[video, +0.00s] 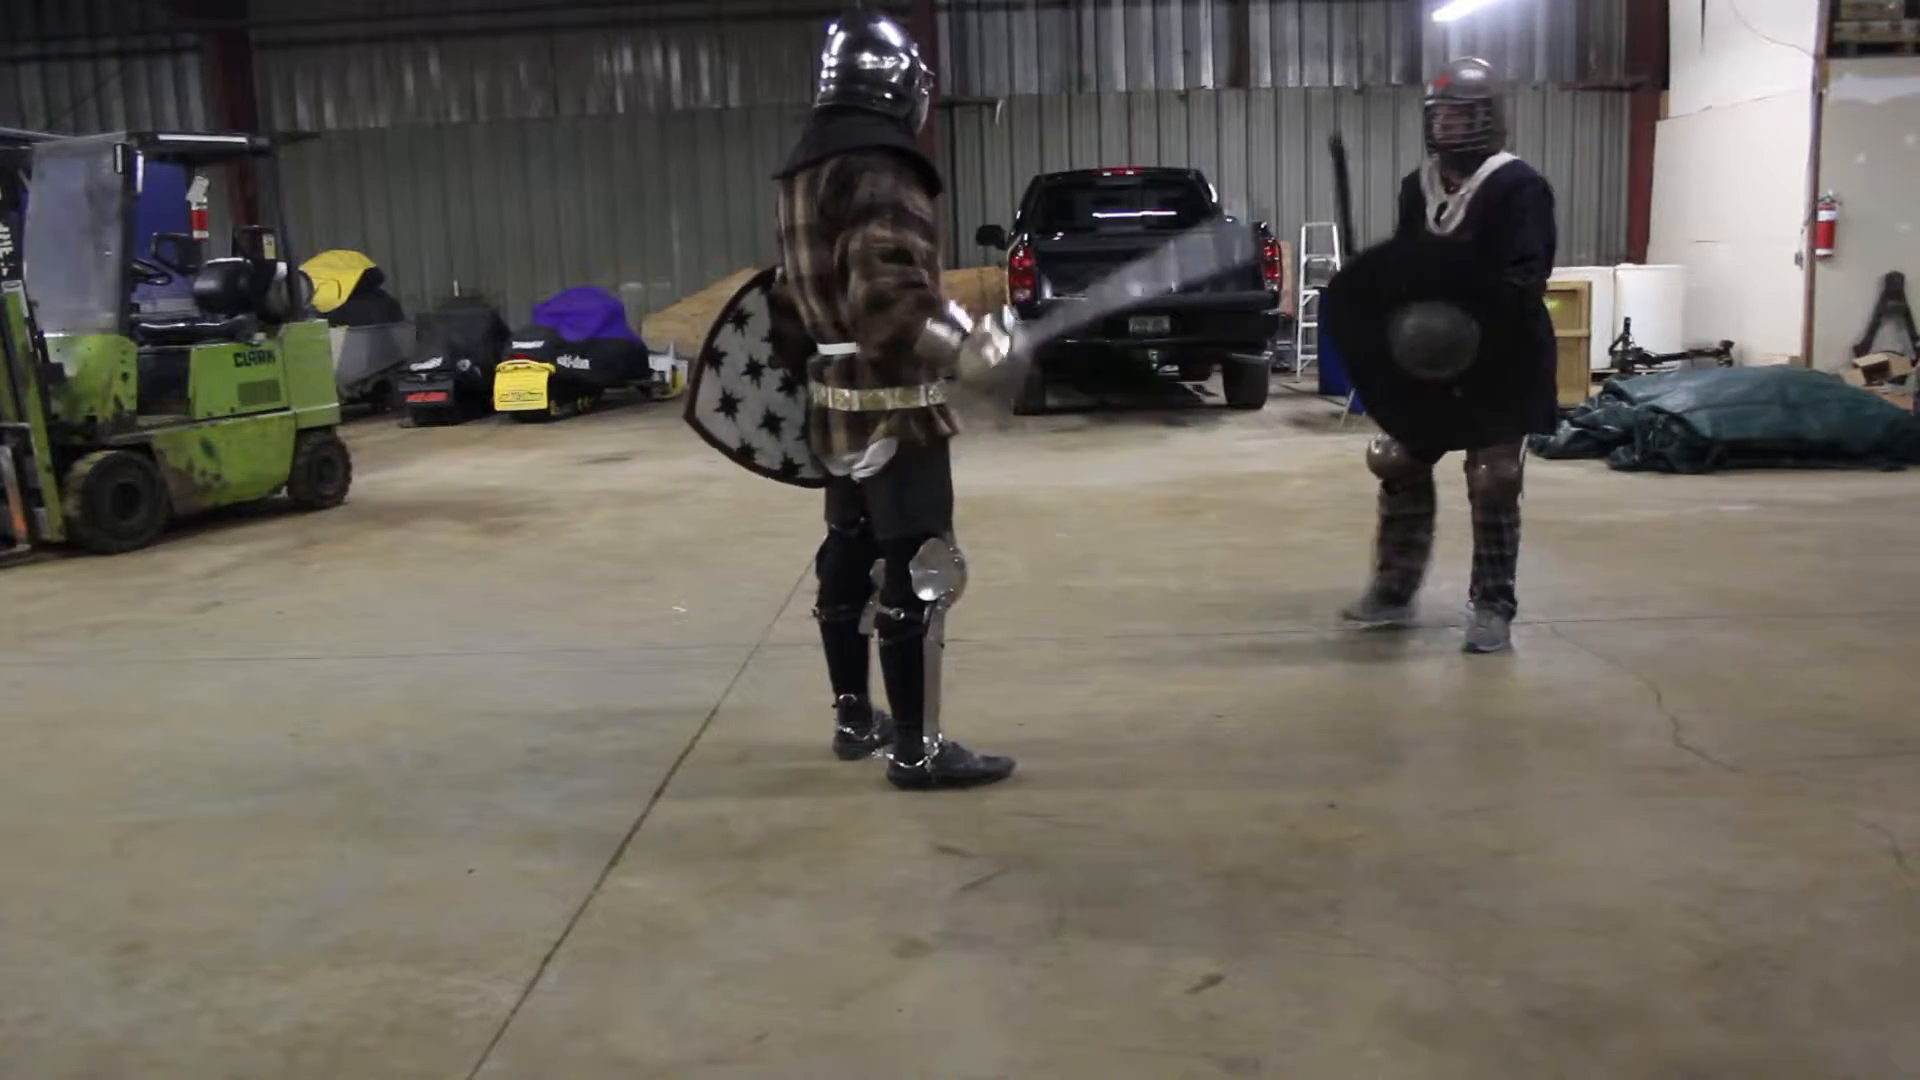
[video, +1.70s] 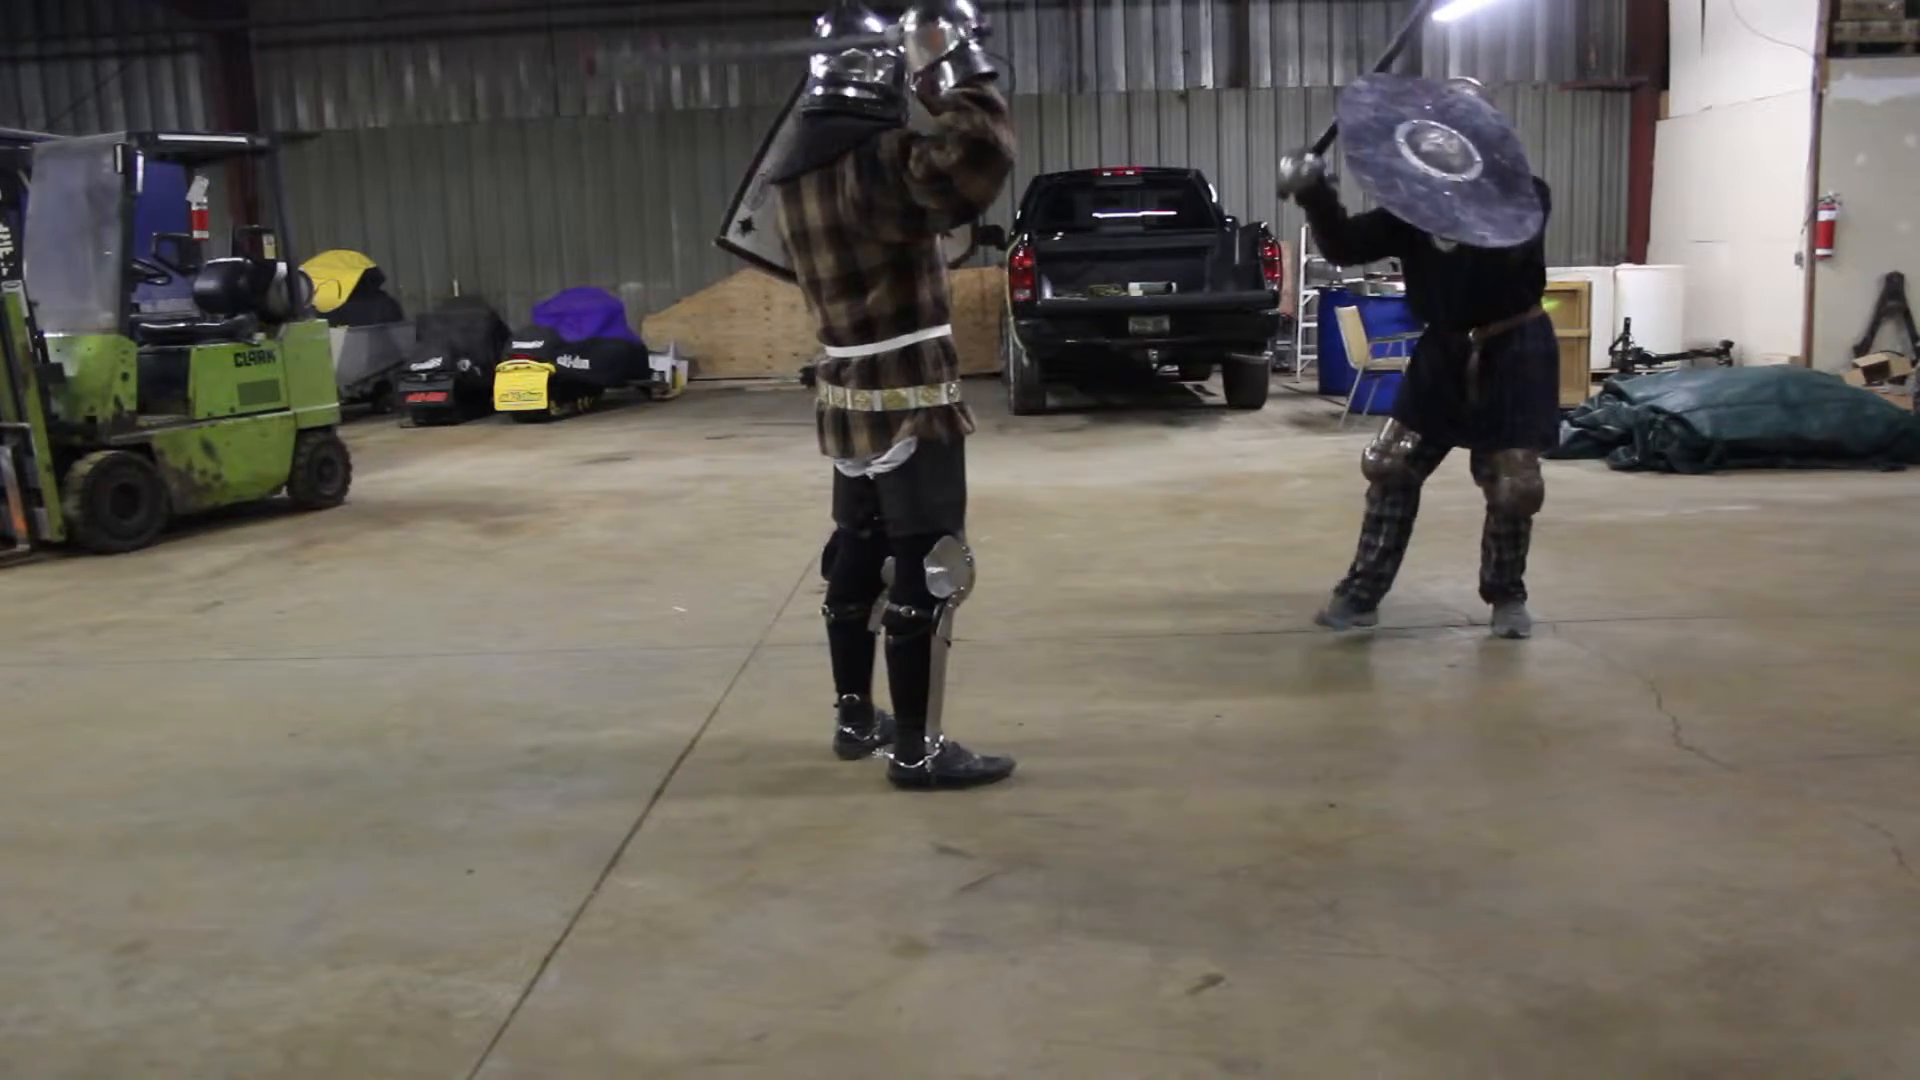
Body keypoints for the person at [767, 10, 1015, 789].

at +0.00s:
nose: (928, 111)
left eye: (926, 95)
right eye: (923, 95)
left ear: (841, 86)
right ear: (900, 92)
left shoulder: (803, 167)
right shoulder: (882, 169)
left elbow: (792, 301)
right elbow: (887, 305)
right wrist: (964, 344)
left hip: (833, 405)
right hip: (893, 406)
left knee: (850, 549)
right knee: (916, 566)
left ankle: (854, 716)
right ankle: (917, 742)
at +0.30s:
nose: (916, 104)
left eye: (913, 89)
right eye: (910, 89)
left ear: (829, 85)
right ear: (888, 89)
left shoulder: (797, 173)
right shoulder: (872, 165)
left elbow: (768, 294)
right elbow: (909, 274)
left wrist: (818, 360)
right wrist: (1004, 238)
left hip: (838, 405)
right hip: (900, 405)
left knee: (848, 552)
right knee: (916, 565)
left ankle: (855, 716)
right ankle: (918, 744)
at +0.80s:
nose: (906, 95)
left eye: (902, 82)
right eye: (900, 82)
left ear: (816, 82)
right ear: (885, 83)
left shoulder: (785, 176)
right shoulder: (876, 166)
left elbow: (765, 267)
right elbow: (946, 203)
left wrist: (817, 326)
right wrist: (1012, 116)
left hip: (840, 403)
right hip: (909, 404)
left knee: (850, 553)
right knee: (921, 567)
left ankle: (855, 716)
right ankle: (919, 745)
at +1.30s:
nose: (905, 92)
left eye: (901, 77)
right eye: (897, 78)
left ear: (811, 84)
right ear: (881, 82)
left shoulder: (790, 180)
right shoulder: (883, 166)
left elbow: (781, 259)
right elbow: (974, 171)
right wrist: (1000, 60)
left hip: (845, 402)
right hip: (912, 403)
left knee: (854, 555)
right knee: (923, 569)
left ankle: (856, 716)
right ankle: (918, 745)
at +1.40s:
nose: (906, 94)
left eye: (908, 79)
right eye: (900, 78)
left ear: (816, 84)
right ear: (880, 83)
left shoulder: (790, 178)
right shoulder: (885, 166)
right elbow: (986, 152)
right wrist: (985, 52)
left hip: (846, 398)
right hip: (911, 399)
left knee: (856, 551)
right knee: (925, 568)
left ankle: (855, 715)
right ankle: (918, 745)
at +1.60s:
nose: (903, 99)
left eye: (904, 84)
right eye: (899, 83)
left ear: (821, 82)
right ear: (882, 86)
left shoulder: (789, 173)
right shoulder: (885, 164)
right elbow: (982, 150)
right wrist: (969, 46)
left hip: (846, 398)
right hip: (912, 398)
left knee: (856, 550)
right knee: (925, 566)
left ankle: (854, 716)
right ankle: (917, 744)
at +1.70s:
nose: (903, 87)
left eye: (900, 68)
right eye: (899, 70)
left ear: (823, 75)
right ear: (885, 77)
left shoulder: (790, 170)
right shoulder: (883, 159)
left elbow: (794, 263)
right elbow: (979, 153)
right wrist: (948, 60)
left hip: (846, 398)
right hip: (913, 398)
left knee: (857, 550)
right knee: (924, 567)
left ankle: (854, 715)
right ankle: (918, 745)